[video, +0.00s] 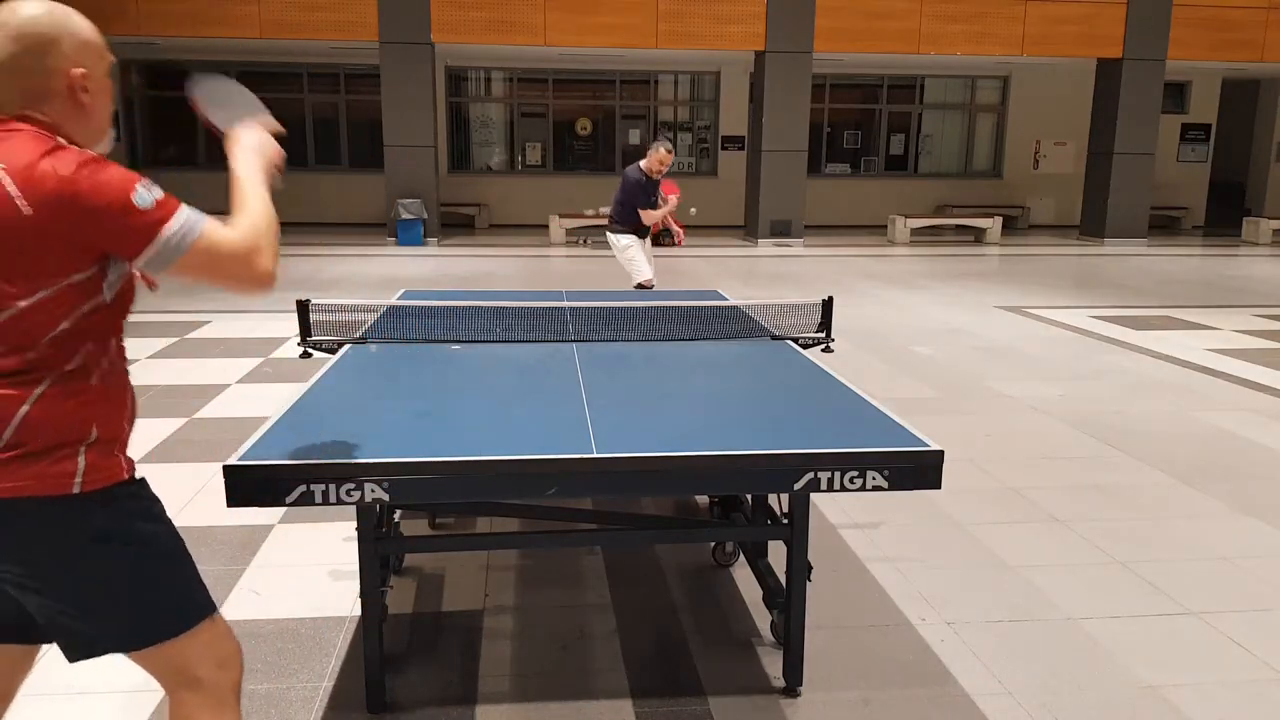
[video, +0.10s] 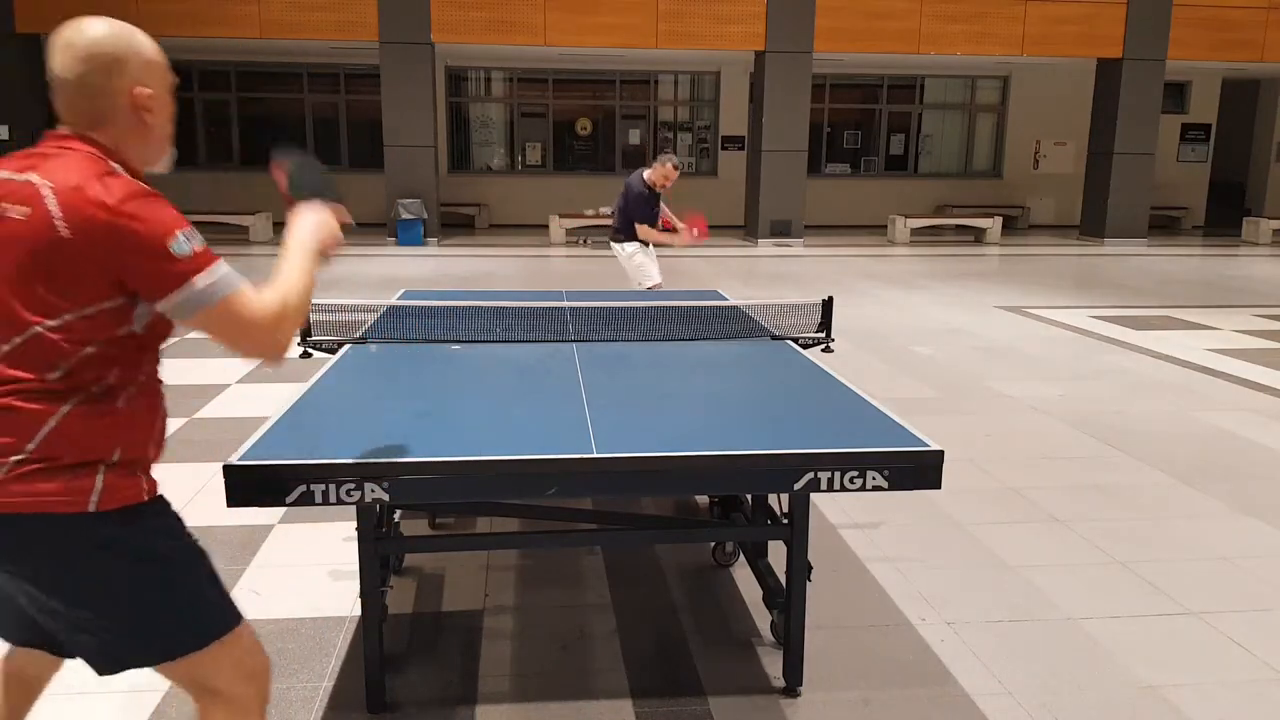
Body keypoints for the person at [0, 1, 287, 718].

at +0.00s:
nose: (114, 89)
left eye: (109, 73)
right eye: (106, 74)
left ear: (14, 85)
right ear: (75, 85)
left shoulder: (9, 162)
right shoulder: (70, 180)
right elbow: (253, 260)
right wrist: (250, 157)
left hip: (7, 492)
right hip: (66, 496)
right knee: (209, 670)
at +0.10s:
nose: (172, 109)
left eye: (170, 93)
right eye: (168, 93)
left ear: (71, 98)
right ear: (140, 101)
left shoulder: (12, 178)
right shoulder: (119, 205)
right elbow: (266, 334)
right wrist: (308, 230)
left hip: (12, 501)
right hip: (88, 510)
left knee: (25, 661)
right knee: (237, 681)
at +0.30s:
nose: (261, 139)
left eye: (262, 121)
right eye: (261, 121)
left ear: (161, 114)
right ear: (236, 126)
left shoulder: (71, 186)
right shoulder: (186, 229)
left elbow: (97, 345)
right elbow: (247, 415)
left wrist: (216, 342)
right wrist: (346, 373)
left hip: (19, 488)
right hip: (115, 505)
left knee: (82, 647)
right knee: (260, 677)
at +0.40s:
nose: (283, 144)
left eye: (282, 127)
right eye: (281, 126)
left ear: (178, 118)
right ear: (256, 132)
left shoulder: (98, 183)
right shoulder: (192, 236)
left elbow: (124, 313)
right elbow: (242, 422)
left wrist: (235, 316)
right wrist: (349, 389)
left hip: (24, 489)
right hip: (110, 505)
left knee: (83, 654)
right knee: (284, 660)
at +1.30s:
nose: (207, 97)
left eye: (206, 81)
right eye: (200, 80)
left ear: (92, 82)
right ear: (162, 92)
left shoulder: (21, 185)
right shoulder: (148, 165)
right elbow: (307, 88)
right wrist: (234, 11)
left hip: (42, 501)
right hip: (153, 502)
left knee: (83, 669)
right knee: (285, 686)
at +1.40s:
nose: (154, 93)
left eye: (152, 78)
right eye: (147, 78)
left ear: (48, 81)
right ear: (110, 85)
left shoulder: (7, 162)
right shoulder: (116, 155)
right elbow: (261, 74)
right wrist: (177, 11)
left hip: (19, 496)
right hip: (131, 489)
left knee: (72, 662)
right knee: (267, 672)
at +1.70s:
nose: (130, 88)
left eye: (126, 73)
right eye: (124, 74)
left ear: (25, 84)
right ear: (98, 83)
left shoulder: (5, 157)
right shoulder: (107, 172)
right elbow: (288, 217)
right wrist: (250, 110)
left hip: (12, 489)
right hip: (99, 488)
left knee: (49, 669)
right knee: (241, 674)